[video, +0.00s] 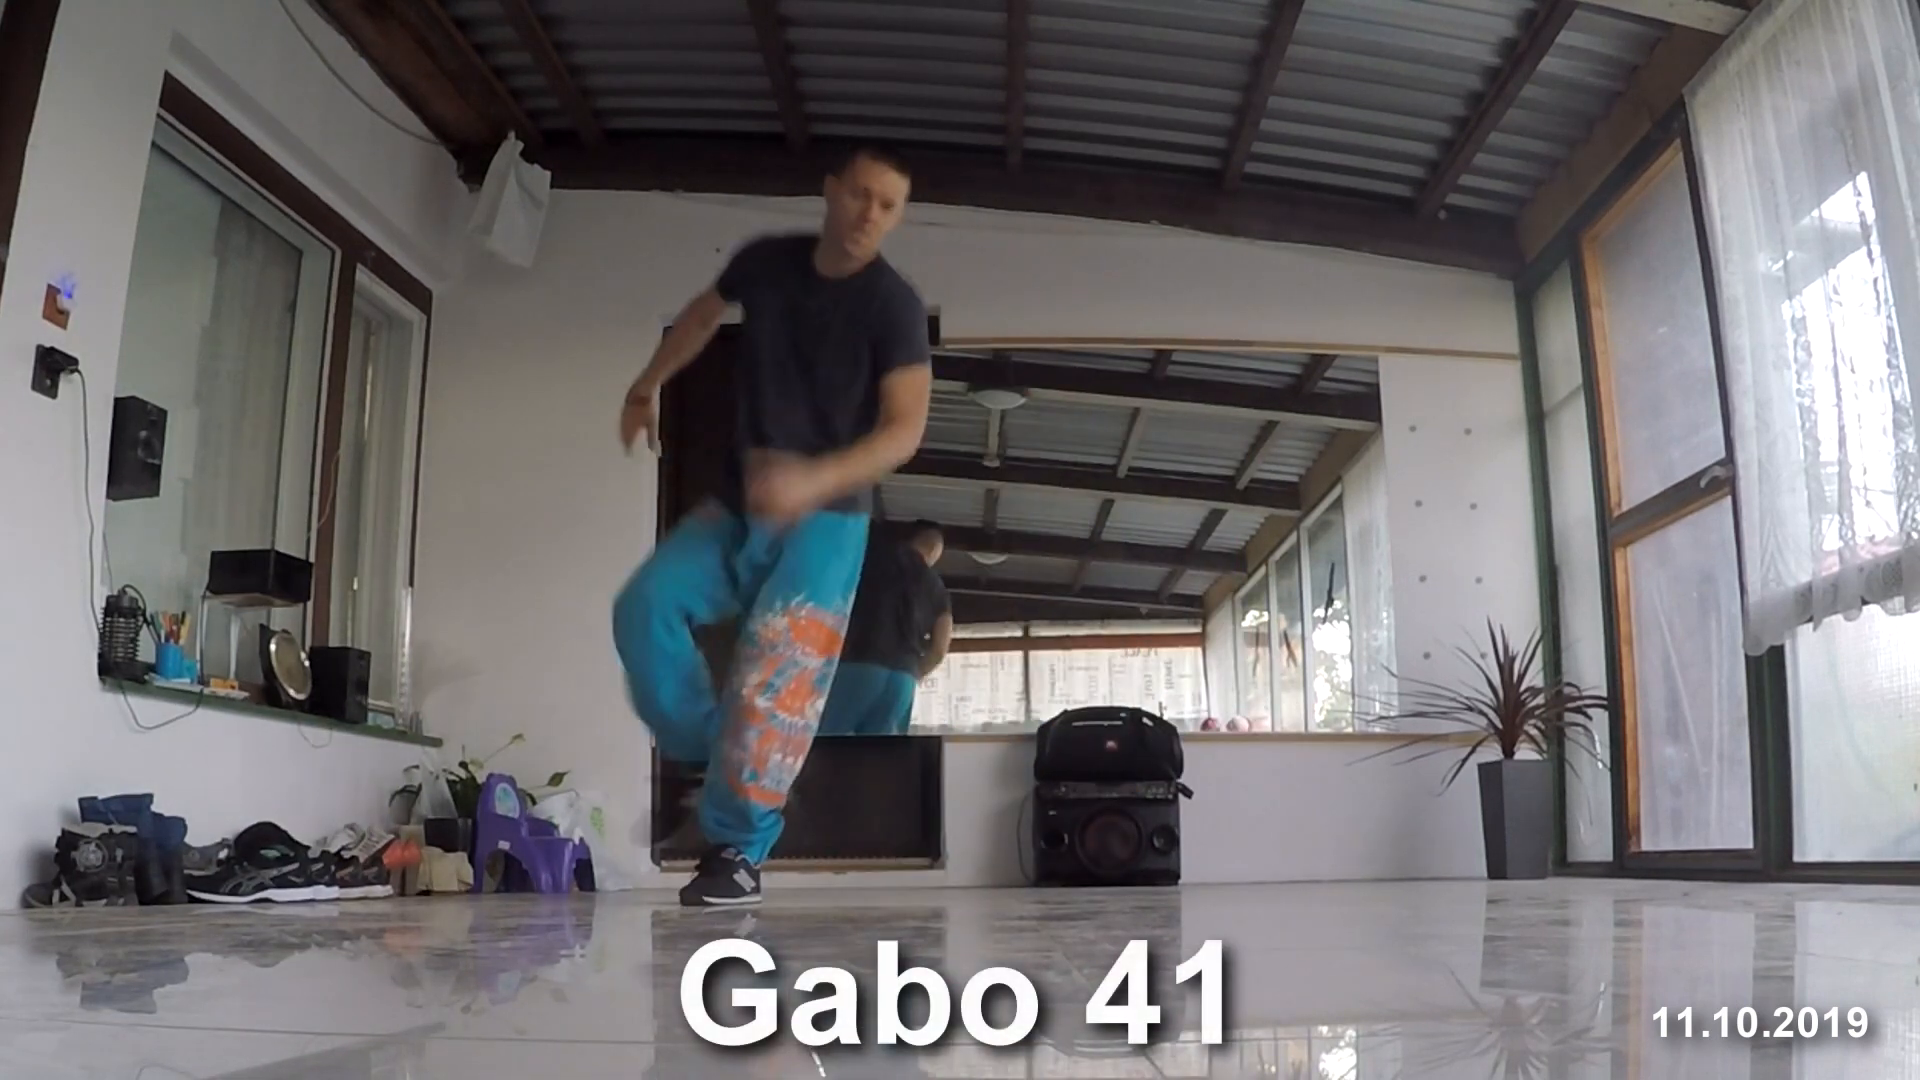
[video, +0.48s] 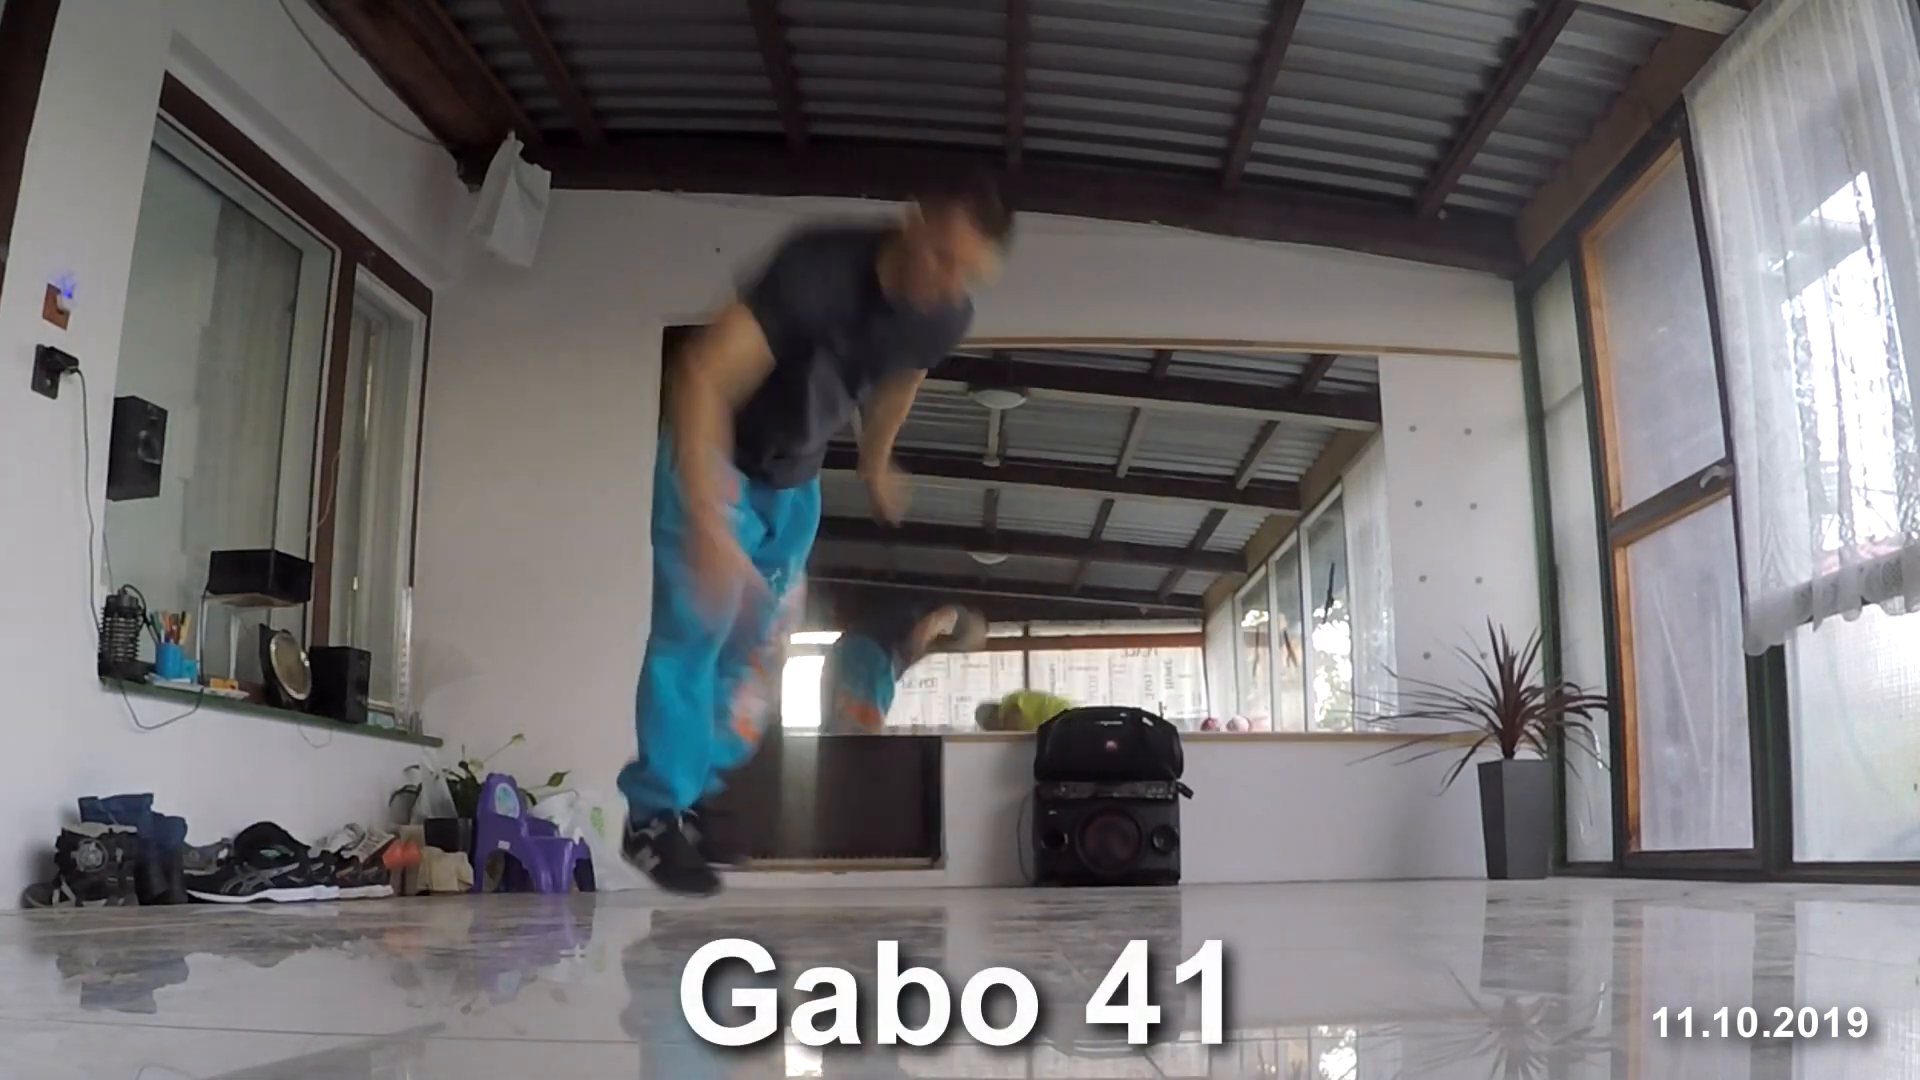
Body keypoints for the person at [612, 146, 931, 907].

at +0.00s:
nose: (869, 215)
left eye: (886, 205)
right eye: (859, 195)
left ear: (899, 217)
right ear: (829, 191)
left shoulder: (895, 305)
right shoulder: (764, 263)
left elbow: (905, 434)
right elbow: (701, 319)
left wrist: (815, 478)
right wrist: (646, 385)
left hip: (827, 519)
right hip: (736, 507)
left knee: (780, 672)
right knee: (644, 607)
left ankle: (738, 852)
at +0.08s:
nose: (867, 183)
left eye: (884, 173)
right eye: (858, 163)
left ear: (899, 179)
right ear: (827, 150)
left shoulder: (899, 262)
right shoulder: (756, 225)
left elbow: (909, 387)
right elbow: (702, 289)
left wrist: (819, 433)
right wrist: (652, 375)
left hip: (815, 484)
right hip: (718, 464)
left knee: (791, 655)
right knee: (658, 606)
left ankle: (746, 849)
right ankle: (663, 767)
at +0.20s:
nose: (885, 170)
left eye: (903, 160)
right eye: (876, 149)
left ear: (915, 166)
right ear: (841, 133)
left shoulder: (904, 253)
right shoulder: (754, 208)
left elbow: (890, 380)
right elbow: (687, 291)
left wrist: (804, 447)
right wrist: (649, 387)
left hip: (810, 458)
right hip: (712, 433)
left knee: (809, 634)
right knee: (694, 611)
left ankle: (744, 806)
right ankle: (667, 811)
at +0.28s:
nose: (897, 199)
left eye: (914, 189)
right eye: (890, 176)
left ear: (925, 193)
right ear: (853, 148)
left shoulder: (906, 282)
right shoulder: (754, 213)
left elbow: (879, 408)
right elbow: (655, 288)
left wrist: (825, 481)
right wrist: (615, 394)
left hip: (807, 479)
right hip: (712, 456)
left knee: (804, 660)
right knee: (694, 643)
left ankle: (740, 829)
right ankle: (657, 848)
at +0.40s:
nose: (925, 229)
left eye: (945, 220)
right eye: (921, 204)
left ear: (957, 221)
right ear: (885, 170)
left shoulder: (924, 295)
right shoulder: (786, 226)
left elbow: (888, 403)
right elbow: (655, 293)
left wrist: (858, 520)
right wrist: (626, 415)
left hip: (797, 482)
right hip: (710, 458)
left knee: (776, 655)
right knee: (687, 638)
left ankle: (724, 822)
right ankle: (660, 840)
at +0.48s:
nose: (950, 285)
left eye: (968, 275)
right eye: (946, 260)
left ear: (984, 269)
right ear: (914, 222)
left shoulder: (945, 315)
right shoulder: (820, 266)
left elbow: (898, 387)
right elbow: (703, 376)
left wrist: (876, 465)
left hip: (794, 479)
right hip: (715, 458)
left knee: (754, 640)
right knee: (694, 624)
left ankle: (700, 797)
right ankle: (654, 814)